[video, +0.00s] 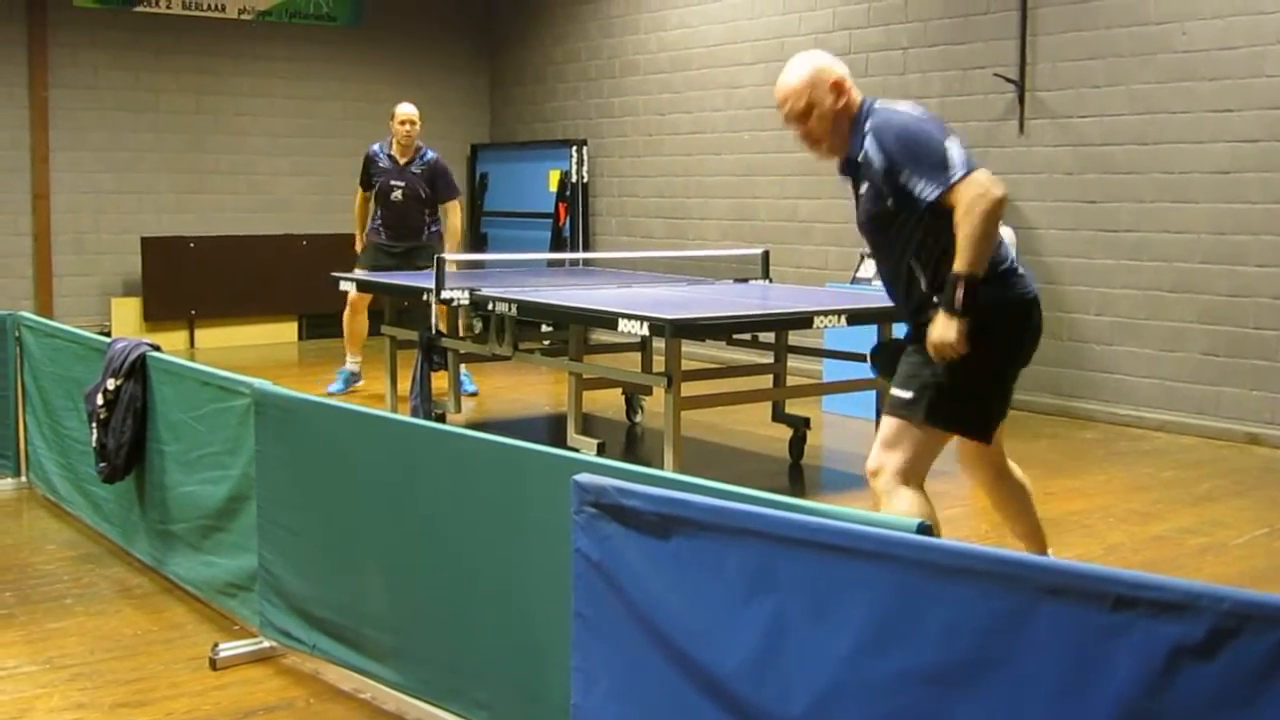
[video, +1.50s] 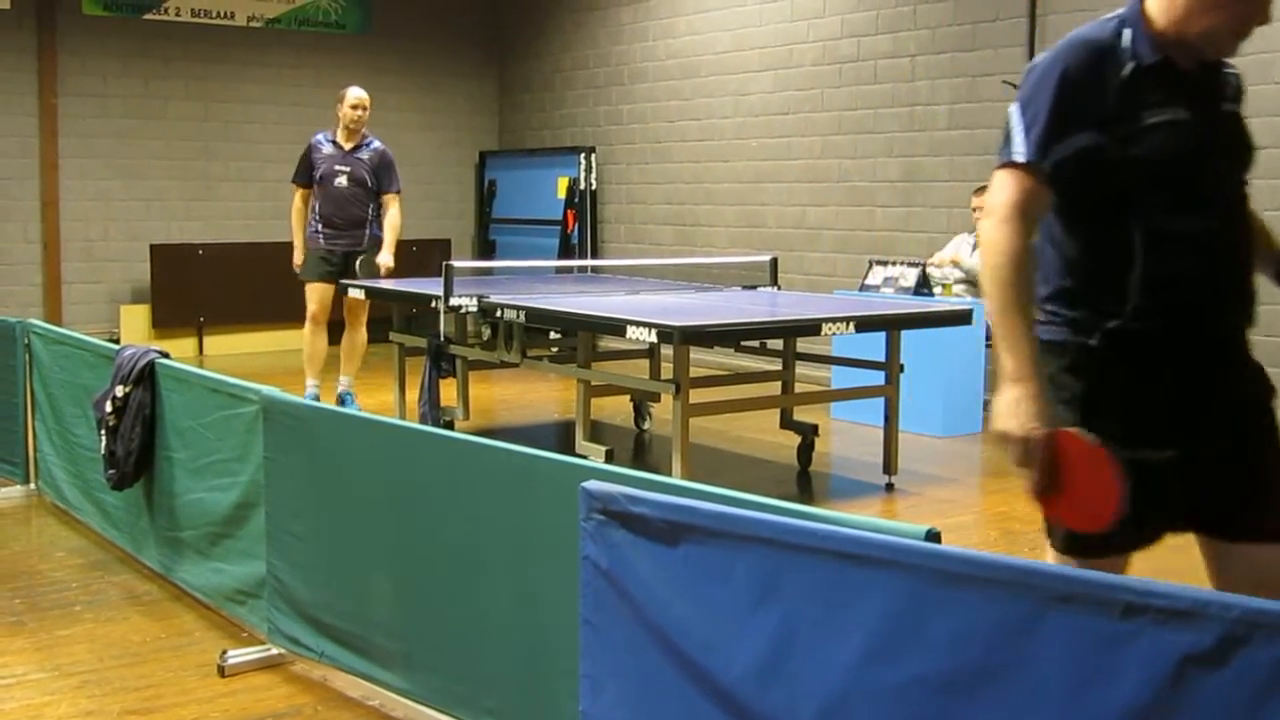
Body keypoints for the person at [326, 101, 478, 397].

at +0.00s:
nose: (408, 129)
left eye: (413, 123)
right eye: (402, 123)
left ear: (420, 128)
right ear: (391, 126)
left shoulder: (432, 163)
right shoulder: (375, 156)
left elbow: (453, 209)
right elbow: (364, 196)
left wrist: (452, 256)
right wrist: (359, 236)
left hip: (423, 246)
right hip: (380, 244)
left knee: (445, 301)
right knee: (355, 299)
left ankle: (455, 367)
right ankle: (352, 368)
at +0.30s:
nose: (364, 120)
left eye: (369, 115)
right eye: (358, 116)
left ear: (378, 119)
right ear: (350, 123)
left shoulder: (395, 159)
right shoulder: (341, 158)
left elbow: (414, 209)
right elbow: (325, 202)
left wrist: (413, 256)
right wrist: (311, 243)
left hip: (394, 247)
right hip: (355, 246)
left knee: (422, 305)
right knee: (346, 305)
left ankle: (452, 369)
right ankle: (360, 376)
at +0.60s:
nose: (346, 109)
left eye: (350, 104)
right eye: (339, 105)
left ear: (360, 109)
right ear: (332, 114)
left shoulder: (378, 150)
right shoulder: (323, 151)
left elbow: (400, 198)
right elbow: (307, 197)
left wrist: (382, 219)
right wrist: (298, 235)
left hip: (376, 236)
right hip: (339, 239)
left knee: (376, 300)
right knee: (345, 306)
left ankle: (385, 376)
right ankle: (361, 375)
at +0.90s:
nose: (343, 111)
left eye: (348, 106)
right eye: (337, 107)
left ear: (358, 112)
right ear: (329, 116)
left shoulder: (375, 154)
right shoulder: (319, 154)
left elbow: (395, 204)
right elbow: (303, 202)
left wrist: (379, 233)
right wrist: (299, 245)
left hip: (362, 243)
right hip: (327, 244)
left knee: (353, 309)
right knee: (341, 314)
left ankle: (343, 385)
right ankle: (364, 375)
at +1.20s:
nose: (353, 110)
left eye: (359, 106)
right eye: (349, 105)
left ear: (367, 113)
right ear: (338, 110)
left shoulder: (377, 156)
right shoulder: (320, 145)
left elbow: (390, 207)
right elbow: (303, 192)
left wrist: (390, 258)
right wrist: (297, 234)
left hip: (361, 242)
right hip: (322, 241)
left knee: (353, 311)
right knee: (311, 310)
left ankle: (345, 388)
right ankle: (350, 357)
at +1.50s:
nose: (360, 113)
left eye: (365, 109)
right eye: (355, 107)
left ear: (370, 114)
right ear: (339, 110)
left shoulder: (379, 154)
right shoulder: (318, 147)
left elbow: (392, 204)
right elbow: (301, 196)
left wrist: (388, 249)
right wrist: (299, 244)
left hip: (363, 249)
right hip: (321, 246)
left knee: (356, 319)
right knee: (315, 315)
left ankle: (346, 390)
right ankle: (312, 390)